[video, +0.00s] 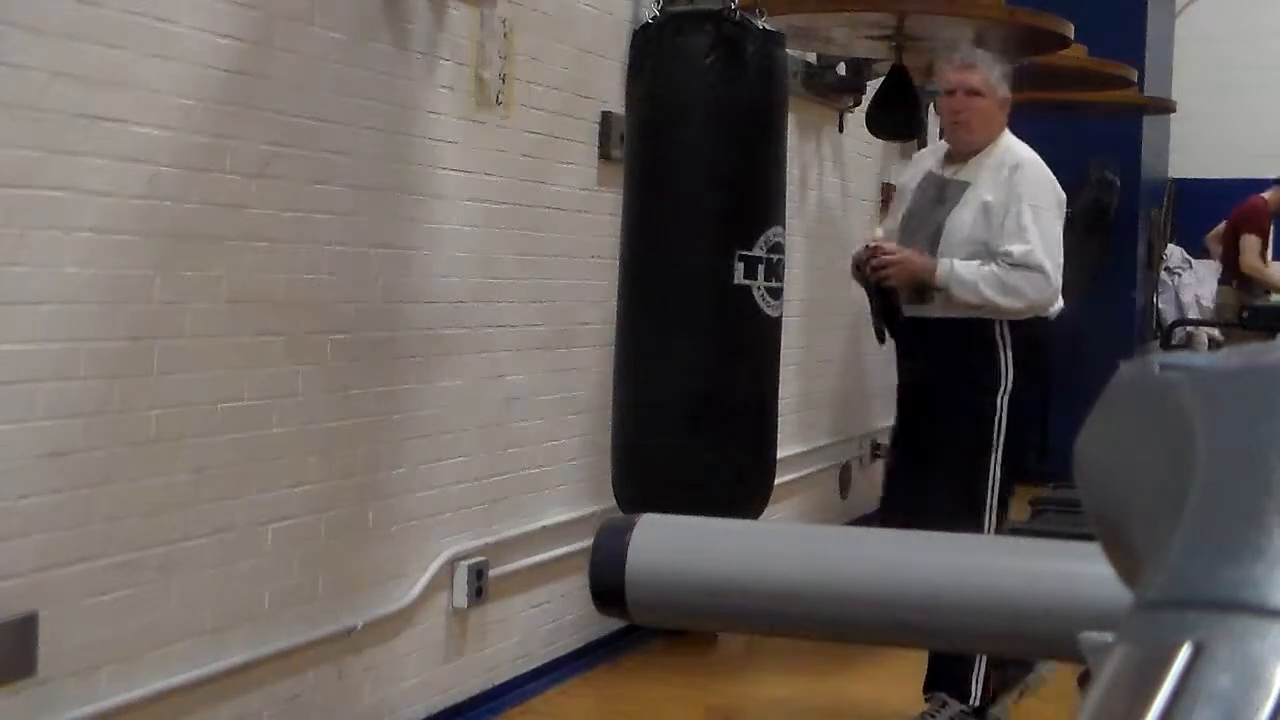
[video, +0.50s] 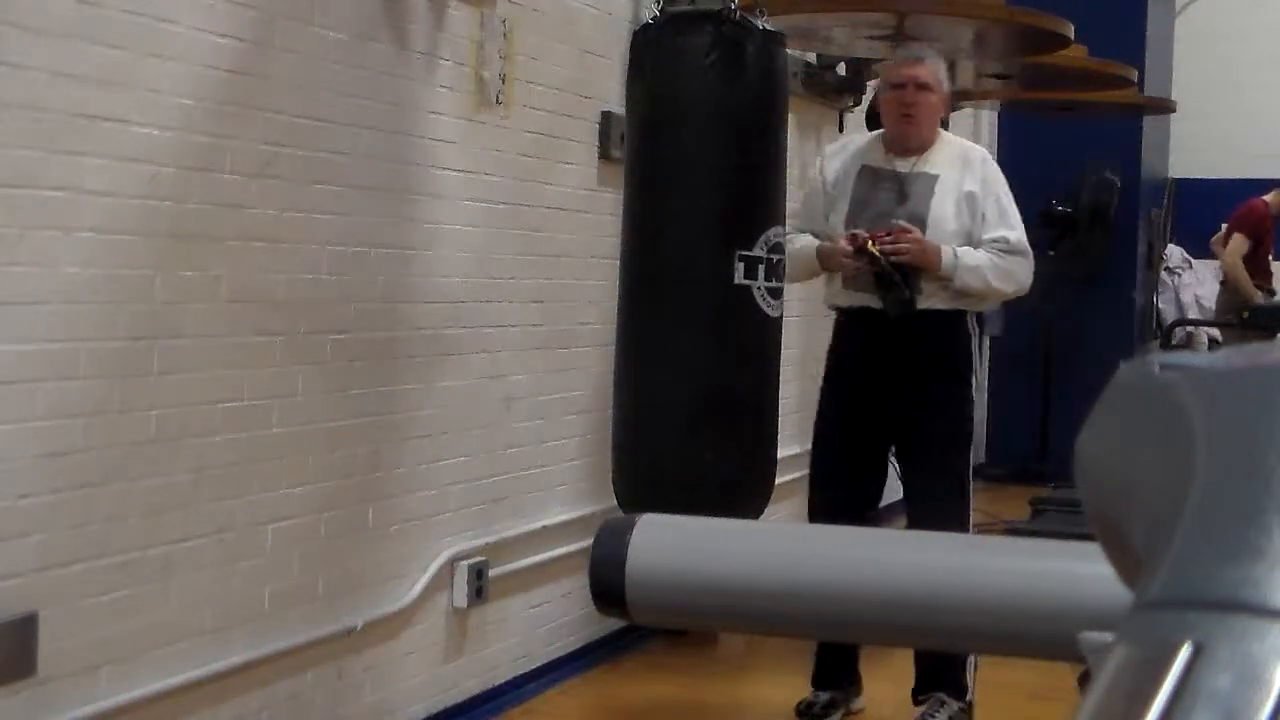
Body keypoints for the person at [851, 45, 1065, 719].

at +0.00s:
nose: (952, 106)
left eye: (969, 94)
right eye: (944, 94)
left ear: (1004, 104)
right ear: (937, 103)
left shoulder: (1026, 174)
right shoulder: (926, 167)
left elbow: (1038, 284)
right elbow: (901, 254)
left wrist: (933, 271)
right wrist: (875, 264)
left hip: (988, 364)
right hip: (925, 359)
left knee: (967, 523)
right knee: (910, 513)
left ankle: (958, 691)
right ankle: (1000, 651)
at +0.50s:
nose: (907, 98)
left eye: (922, 88)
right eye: (896, 87)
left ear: (945, 100)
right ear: (878, 96)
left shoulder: (974, 167)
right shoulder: (841, 160)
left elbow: (1016, 269)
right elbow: (789, 249)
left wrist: (935, 256)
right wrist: (830, 254)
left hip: (939, 355)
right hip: (856, 350)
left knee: (939, 521)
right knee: (835, 514)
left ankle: (944, 690)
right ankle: (835, 681)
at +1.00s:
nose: (880, 121)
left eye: (892, 109)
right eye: (868, 107)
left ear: (911, 104)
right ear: (843, 101)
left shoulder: (943, 164)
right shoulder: (806, 163)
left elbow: (991, 259)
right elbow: (770, 260)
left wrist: (928, 262)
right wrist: (816, 268)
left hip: (923, 358)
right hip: (836, 357)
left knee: (934, 517)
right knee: (831, 519)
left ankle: (941, 671)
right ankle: (835, 681)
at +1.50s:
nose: (921, 141)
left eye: (934, 129)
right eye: (911, 126)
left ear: (957, 123)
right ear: (893, 115)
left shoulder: (985, 180)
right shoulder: (849, 161)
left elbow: (1014, 282)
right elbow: (796, 248)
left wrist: (950, 298)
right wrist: (831, 272)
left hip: (944, 366)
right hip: (859, 358)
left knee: (941, 520)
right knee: (846, 516)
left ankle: (940, 671)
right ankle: (835, 675)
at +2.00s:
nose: (914, 150)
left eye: (925, 139)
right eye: (901, 138)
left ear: (949, 125)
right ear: (884, 126)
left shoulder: (987, 168)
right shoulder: (855, 164)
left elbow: (1035, 267)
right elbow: (824, 253)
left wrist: (948, 269)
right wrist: (862, 288)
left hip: (960, 354)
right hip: (876, 351)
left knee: (955, 516)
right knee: (857, 512)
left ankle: (942, 669)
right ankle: (839, 674)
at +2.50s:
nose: (894, 157)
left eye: (905, 143)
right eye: (882, 146)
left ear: (933, 123)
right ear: (867, 133)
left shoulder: (984, 163)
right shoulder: (851, 167)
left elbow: (1031, 262)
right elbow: (825, 264)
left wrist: (959, 285)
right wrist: (875, 289)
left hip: (967, 356)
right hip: (882, 353)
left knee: (959, 516)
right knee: (861, 510)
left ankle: (943, 670)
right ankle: (839, 673)